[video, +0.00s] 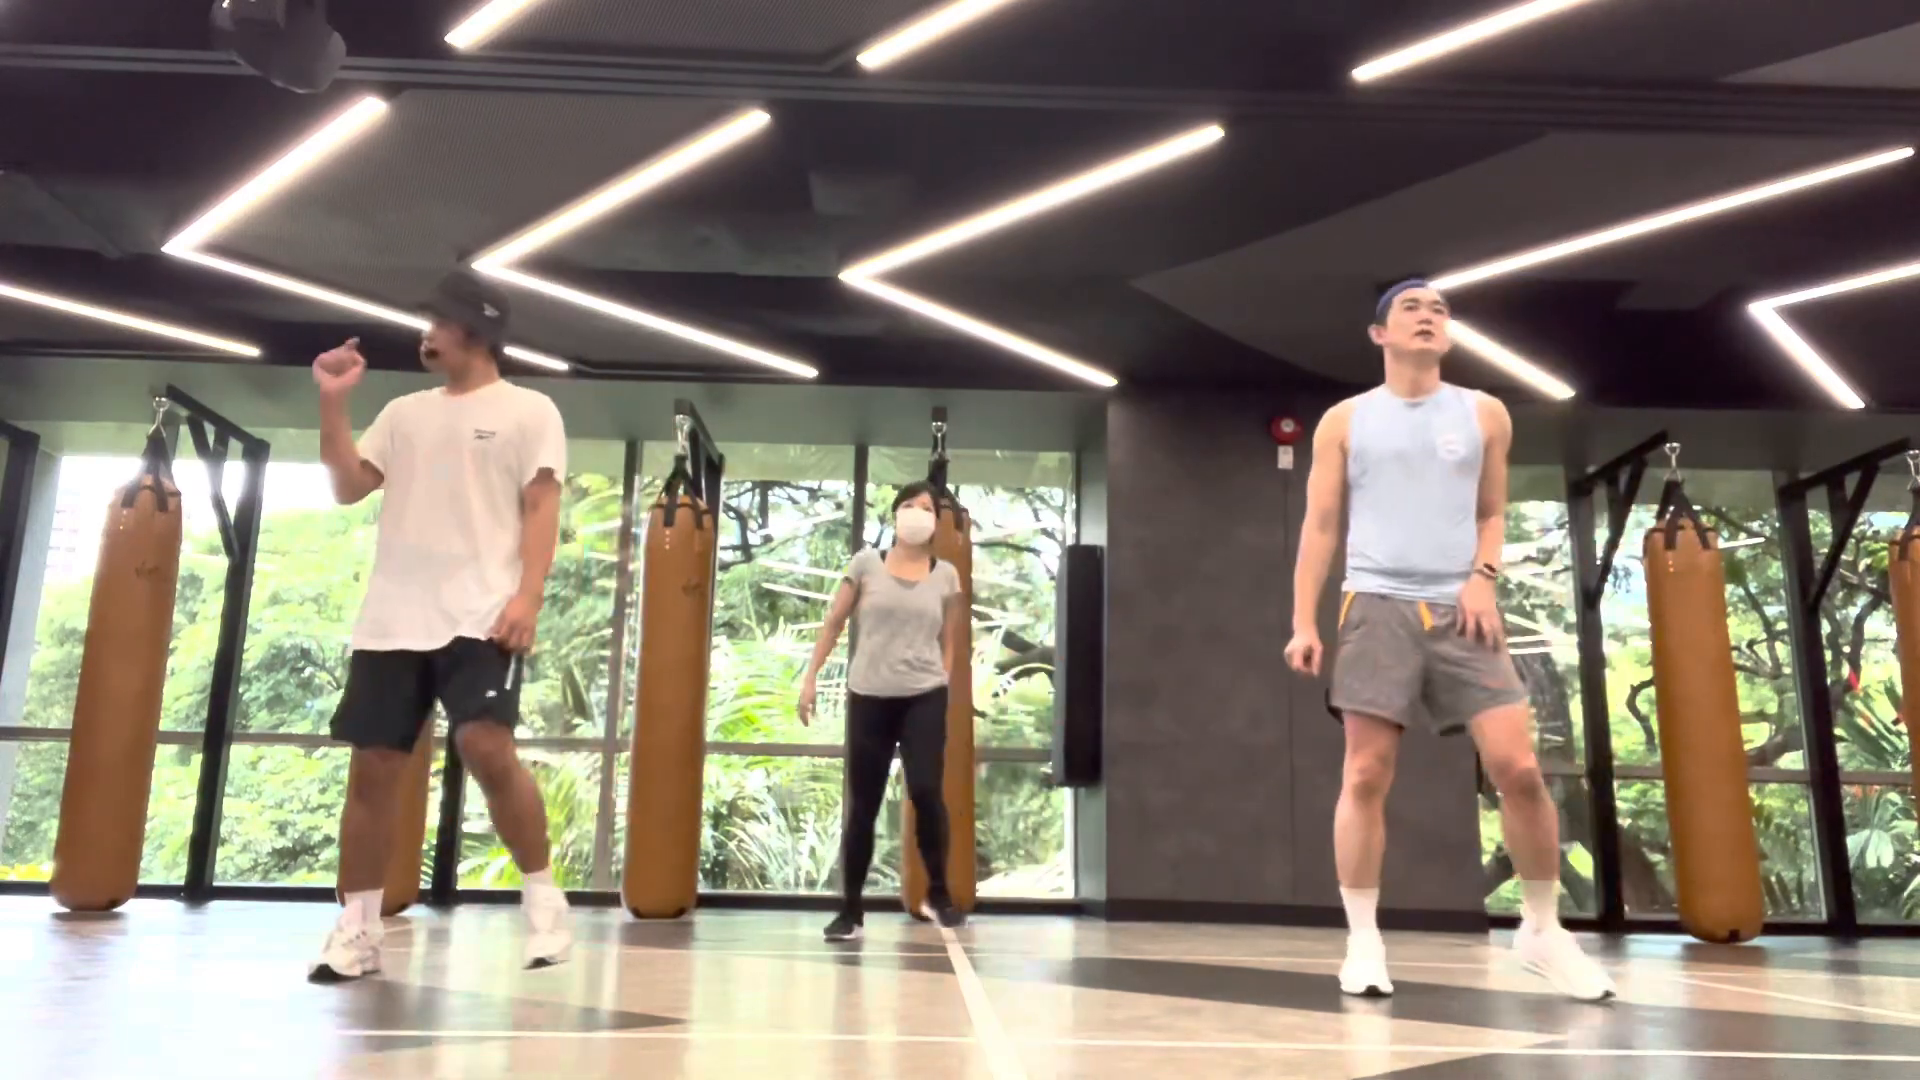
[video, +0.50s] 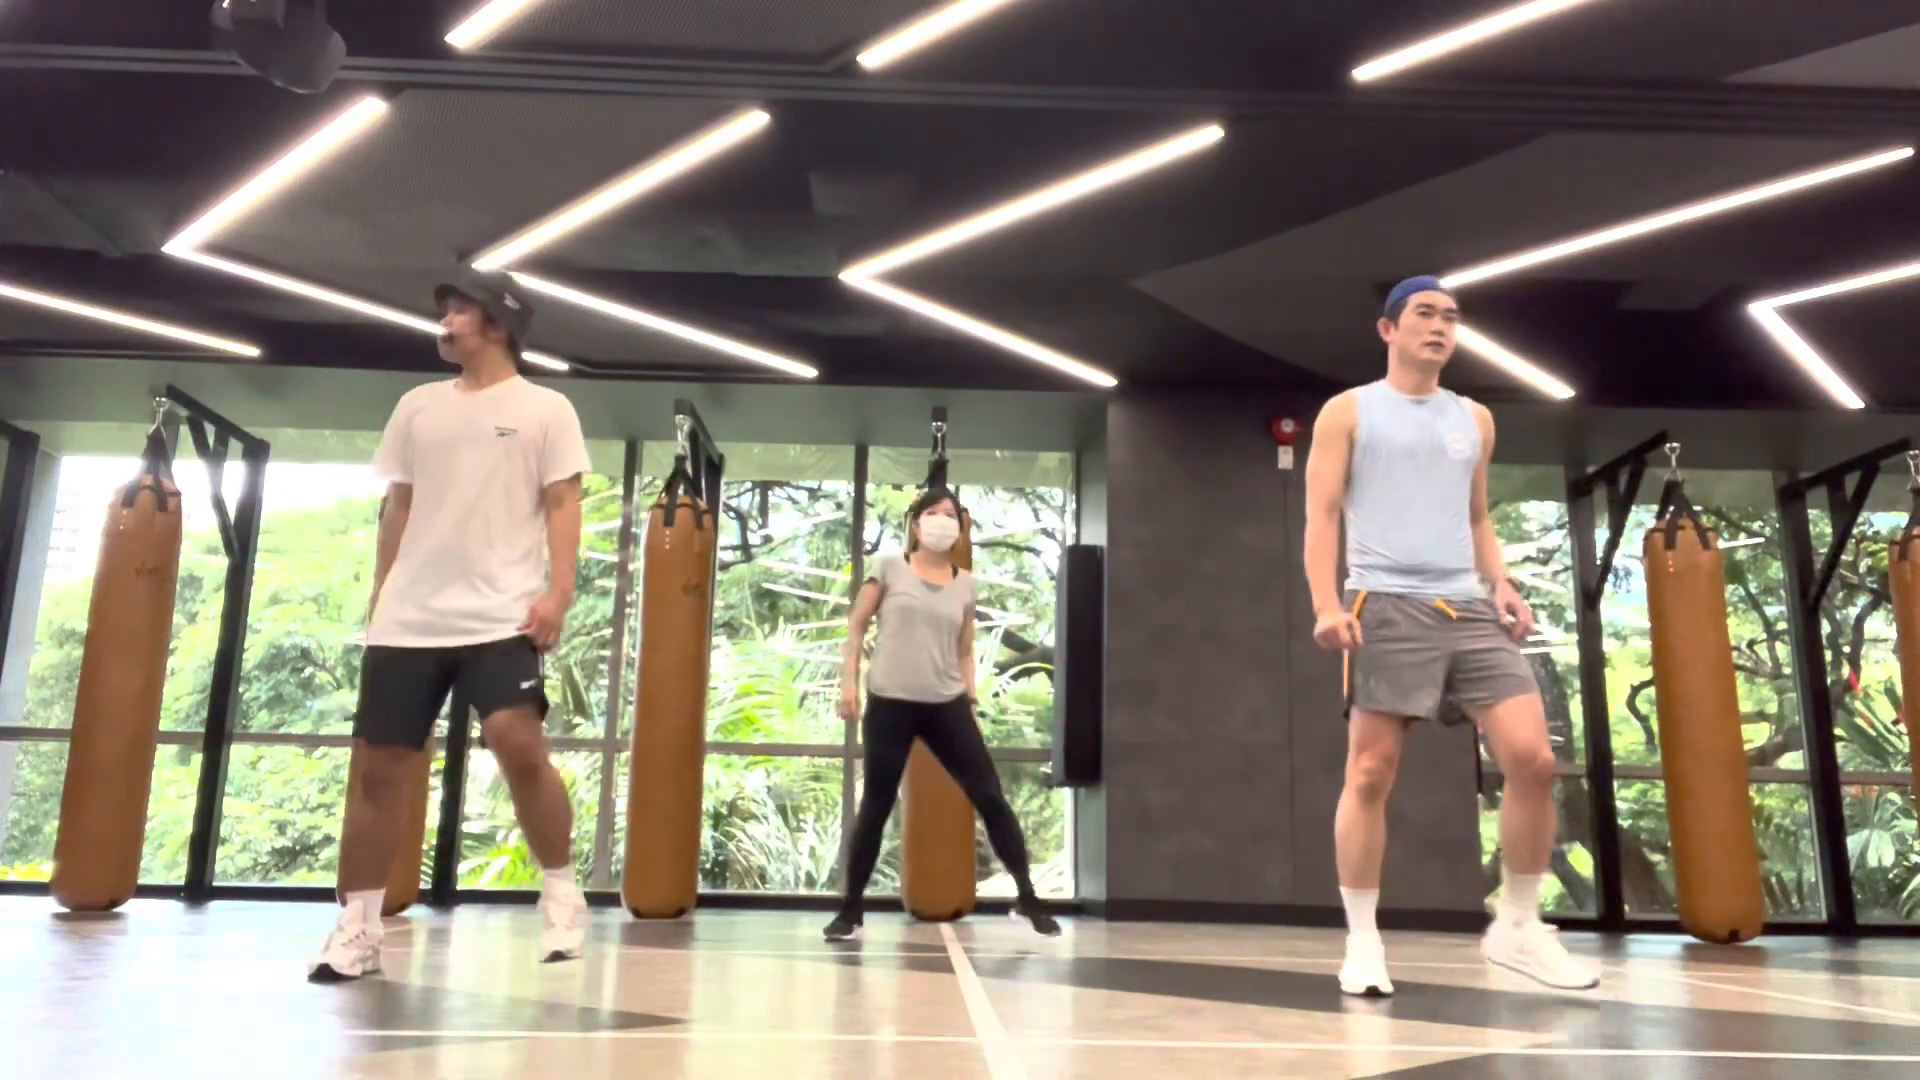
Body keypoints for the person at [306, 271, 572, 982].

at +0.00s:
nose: (425, 333)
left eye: (438, 322)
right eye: (429, 321)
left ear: (475, 331)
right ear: (449, 332)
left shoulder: (530, 412)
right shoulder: (403, 411)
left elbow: (541, 508)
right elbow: (348, 484)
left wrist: (528, 595)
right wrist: (333, 399)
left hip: (482, 618)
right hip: (392, 619)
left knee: (485, 748)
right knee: (371, 768)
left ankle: (544, 905)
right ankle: (357, 930)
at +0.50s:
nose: (445, 322)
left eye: (459, 309)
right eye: (445, 311)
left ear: (499, 321)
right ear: (454, 325)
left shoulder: (547, 409)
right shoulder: (416, 407)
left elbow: (564, 506)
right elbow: (397, 515)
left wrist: (559, 592)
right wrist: (383, 603)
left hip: (501, 614)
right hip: (408, 615)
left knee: (519, 746)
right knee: (375, 765)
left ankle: (560, 892)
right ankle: (359, 929)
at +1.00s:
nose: (573, 320)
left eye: (587, 312)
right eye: (562, 312)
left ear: (613, 331)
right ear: (547, 334)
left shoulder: (642, 408)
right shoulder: (526, 411)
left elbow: (667, 500)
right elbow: (505, 509)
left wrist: (656, 587)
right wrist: (434, 531)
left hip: (602, 614)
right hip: (517, 611)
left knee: (595, 759)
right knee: (476, 745)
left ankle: (608, 928)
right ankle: (525, 894)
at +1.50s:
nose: (540, 332)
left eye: (554, 322)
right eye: (527, 324)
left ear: (579, 344)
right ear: (508, 346)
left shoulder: (601, 421)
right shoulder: (478, 420)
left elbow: (612, 517)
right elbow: (424, 496)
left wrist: (585, 604)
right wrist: (394, 415)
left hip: (550, 625)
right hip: (465, 620)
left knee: (567, 768)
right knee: (396, 757)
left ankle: (605, 927)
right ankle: (355, 912)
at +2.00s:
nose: (441, 332)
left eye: (457, 326)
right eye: (430, 323)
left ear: (480, 348)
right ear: (412, 341)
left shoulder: (505, 428)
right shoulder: (368, 408)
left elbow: (509, 526)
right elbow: (305, 475)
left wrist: (484, 609)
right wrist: (307, 388)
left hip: (434, 627)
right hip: (346, 620)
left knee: (405, 769)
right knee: (327, 769)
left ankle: (386, 923)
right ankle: (325, 921)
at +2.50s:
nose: (496, 338)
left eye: (513, 331)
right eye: (485, 329)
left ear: (537, 354)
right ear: (467, 349)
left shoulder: (566, 430)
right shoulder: (431, 421)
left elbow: (582, 526)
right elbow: (382, 511)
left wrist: (576, 608)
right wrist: (395, 453)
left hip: (524, 630)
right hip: (429, 628)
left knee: (553, 765)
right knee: (381, 773)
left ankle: (606, 922)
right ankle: (330, 924)